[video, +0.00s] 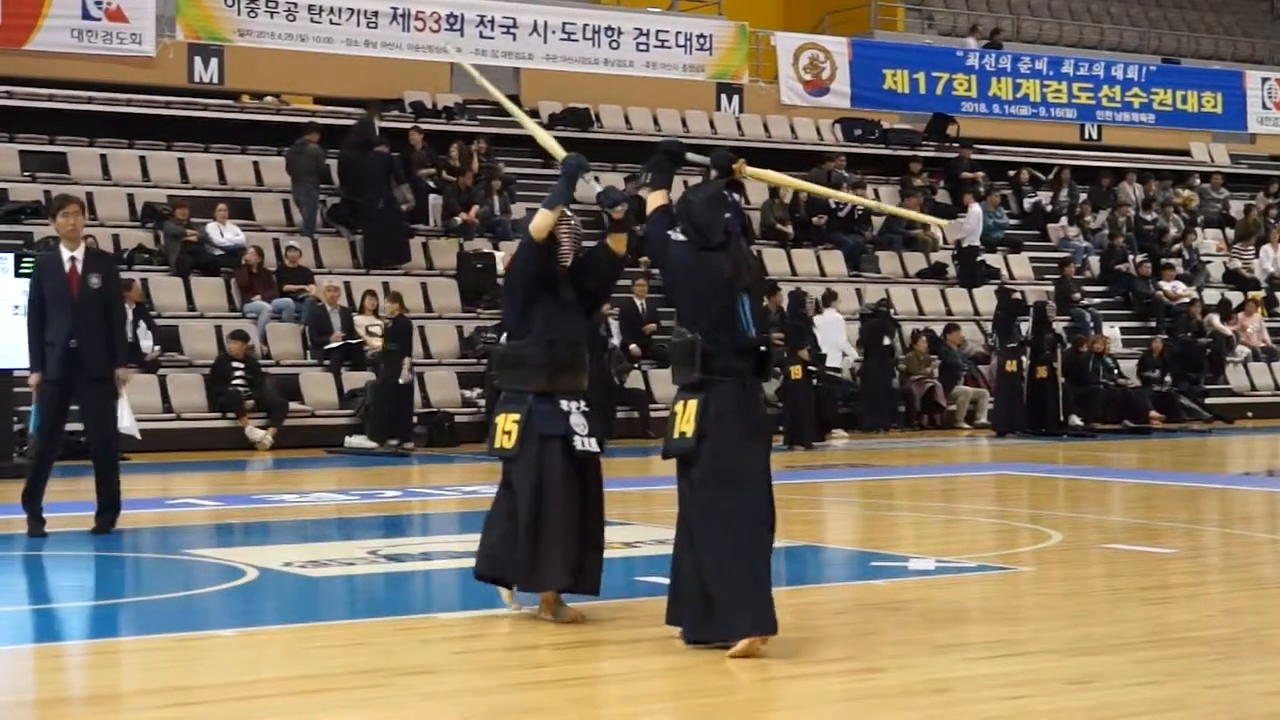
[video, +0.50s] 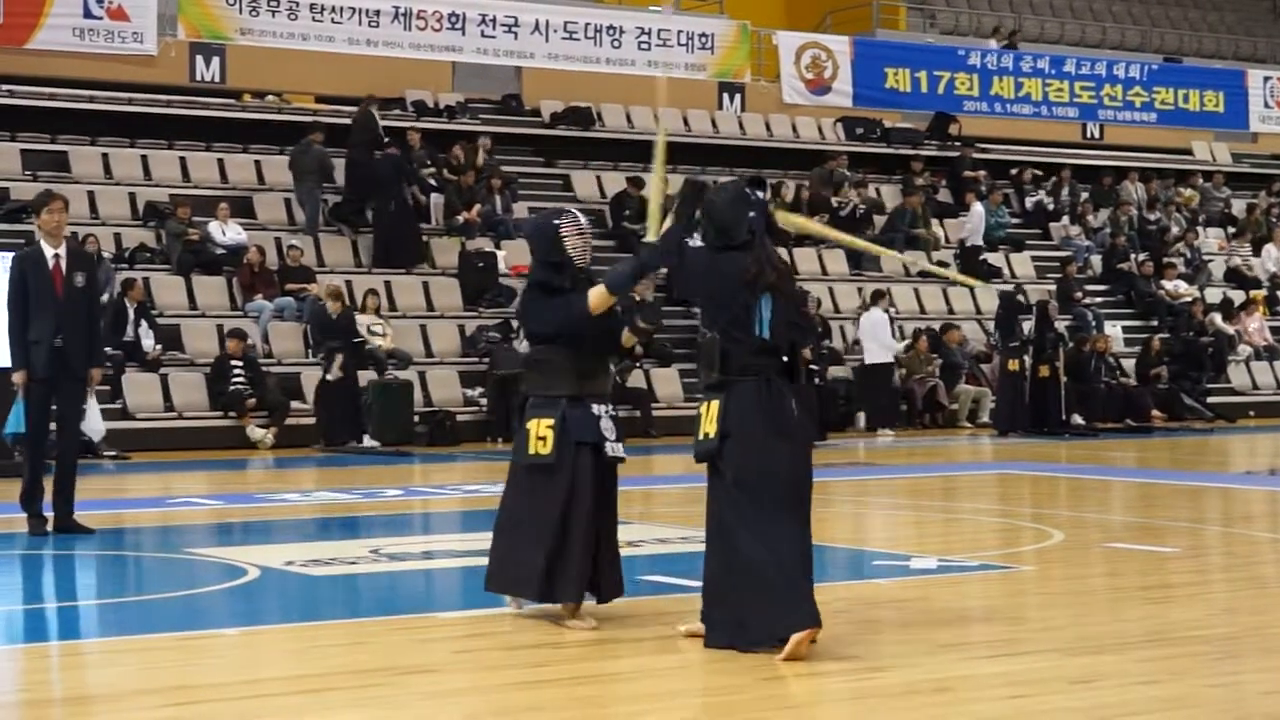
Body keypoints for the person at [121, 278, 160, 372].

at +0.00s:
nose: (140, 293)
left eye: (139, 290)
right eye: (136, 290)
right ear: (125, 293)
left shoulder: (140, 308)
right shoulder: (117, 309)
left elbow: (153, 327)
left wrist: (156, 348)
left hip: (137, 346)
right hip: (121, 346)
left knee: (153, 363)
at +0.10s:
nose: (140, 292)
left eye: (139, 289)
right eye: (136, 290)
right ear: (127, 293)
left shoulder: (140, 307)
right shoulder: (114, 306)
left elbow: (153, 327)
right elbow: (110, 328)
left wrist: (156, 348)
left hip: (135, 344)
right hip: (118, 344)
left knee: (153, 363)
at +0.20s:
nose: (141, 292)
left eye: (140, 289)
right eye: (137, 289)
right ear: (128, 293)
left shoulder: (141, 307)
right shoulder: (115, 307)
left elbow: (153, 327)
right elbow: (109, 329)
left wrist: (157, 348)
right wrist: (110, 347)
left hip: (134, 344)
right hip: (117, 345)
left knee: (153, 364)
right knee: (115, 364)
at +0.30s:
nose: (141, 292)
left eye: (141, 289)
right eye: (138, 289)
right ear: (128, 293)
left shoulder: (141, 307)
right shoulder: (114, 306)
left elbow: (153, 327)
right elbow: (107, 328)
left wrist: (157, 347)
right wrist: (109, 347)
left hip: (135, 344)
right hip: (117, 345)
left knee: (153, 363)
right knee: (117, 364)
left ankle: (148, 397)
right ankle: (116, 398)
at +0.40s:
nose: (141, 291)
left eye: (141, 288)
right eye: (138, 289)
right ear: (128, 292)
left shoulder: (141, 306)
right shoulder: (114, 306)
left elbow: (154, 327)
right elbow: (107, 327)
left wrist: (158, 347)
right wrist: (107, 347)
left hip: (135, 344)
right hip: (117, 345)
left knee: (153, 362)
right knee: (117, 362)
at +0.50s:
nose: (142, 292)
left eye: (142, 288)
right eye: (139, 289)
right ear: (129, 292)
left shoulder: (142, 306)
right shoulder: (115, 306)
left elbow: (154, 327)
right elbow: (107, 328)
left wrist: (157, 347)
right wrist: (108, 347)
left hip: (136, 344)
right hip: (118, 344)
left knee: (154, 362)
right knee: (118, 361)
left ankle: (149, 396)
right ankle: (117, 396)